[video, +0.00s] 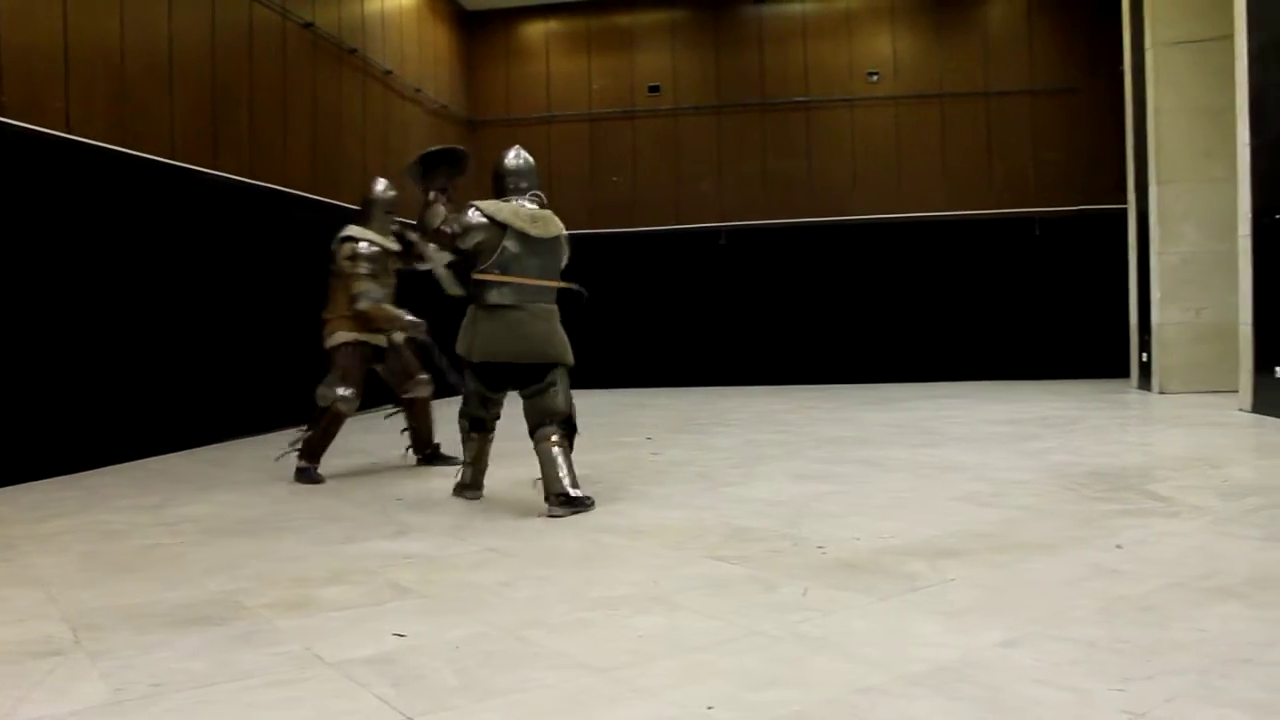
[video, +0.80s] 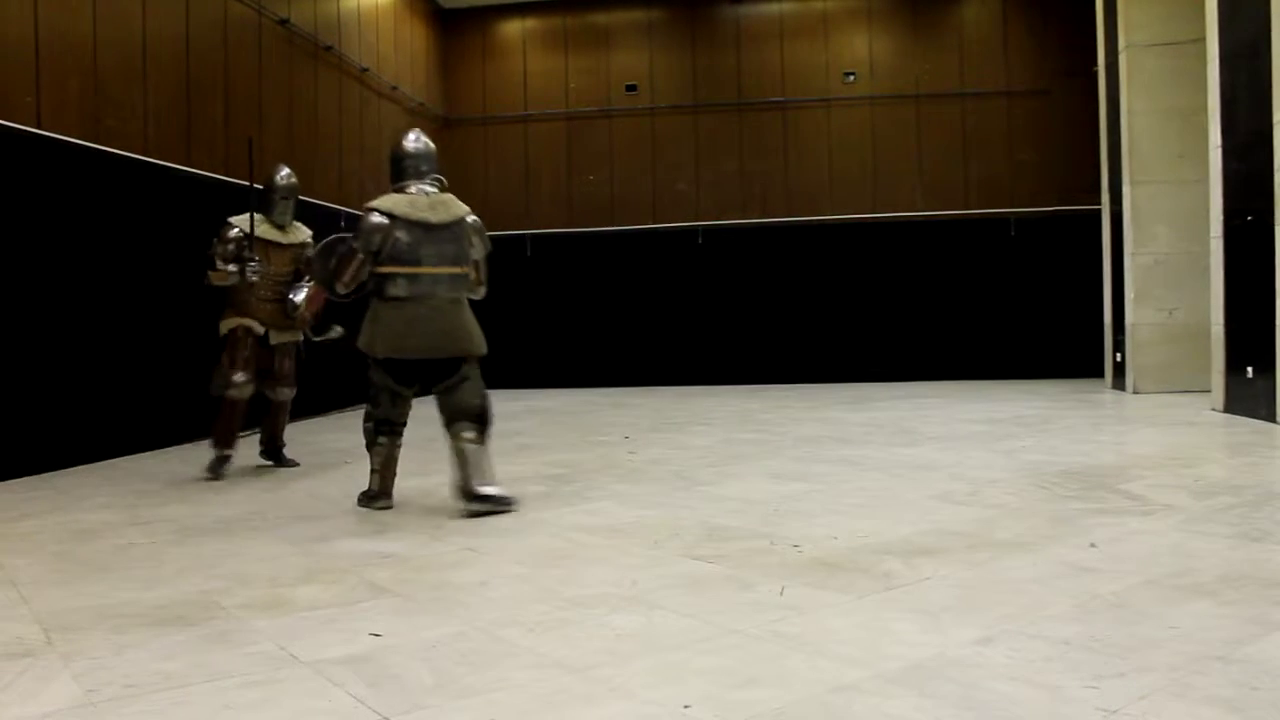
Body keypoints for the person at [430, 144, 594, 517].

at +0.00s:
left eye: (505, 182)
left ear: (499, 182)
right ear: (536, 183)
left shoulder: (481, 218)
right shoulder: (556, 229)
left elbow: (439, 241)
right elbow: (557, 266)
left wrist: (435, 207)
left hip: (490, 332)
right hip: (542, 332)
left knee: (481, 403)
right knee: (549, 410)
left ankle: (472, 479)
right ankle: (561, 489)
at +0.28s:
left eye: (482, 165)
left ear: (479, 164)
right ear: (519, 167)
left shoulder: (458, 200)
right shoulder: (542, 214)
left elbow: (416, 230)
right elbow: (547, 263)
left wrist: (417, 199)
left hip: (464, 323)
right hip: (523, 325)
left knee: (449, 388)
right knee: (535, 400)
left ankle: (428, 466)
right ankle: (542, 490)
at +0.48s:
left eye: (454, 173)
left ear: (450, 175)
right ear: (489, 174)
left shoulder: (428, 219)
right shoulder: (521, 224)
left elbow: (386, 267)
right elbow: (532, 284)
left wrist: (395, 226)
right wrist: (490, 265)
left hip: (443, 334)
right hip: (504, 335)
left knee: (410, 404)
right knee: (525, 406)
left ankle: (377, 480)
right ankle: (535, 490)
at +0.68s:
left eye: (422, 174)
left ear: (417, 178)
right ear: (457, 177)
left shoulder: (399, 224)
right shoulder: (485, 228)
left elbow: (359, 278)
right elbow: (496, 294)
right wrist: (454, 278)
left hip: (410, 340)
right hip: (469, 340)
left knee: (392, 407)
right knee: (494, 417)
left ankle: (379, 487)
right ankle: (530, 488)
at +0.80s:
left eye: (401, 165)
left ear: (395, 167)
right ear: (435, 167)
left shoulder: (380, 216)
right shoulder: (465, 218)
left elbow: (348, 281)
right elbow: (478, 286)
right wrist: (439, 275)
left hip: (396, 335)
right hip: (453, 335)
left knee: (387, 407)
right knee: (465, 407)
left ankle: (380, 488)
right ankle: (476, 484)